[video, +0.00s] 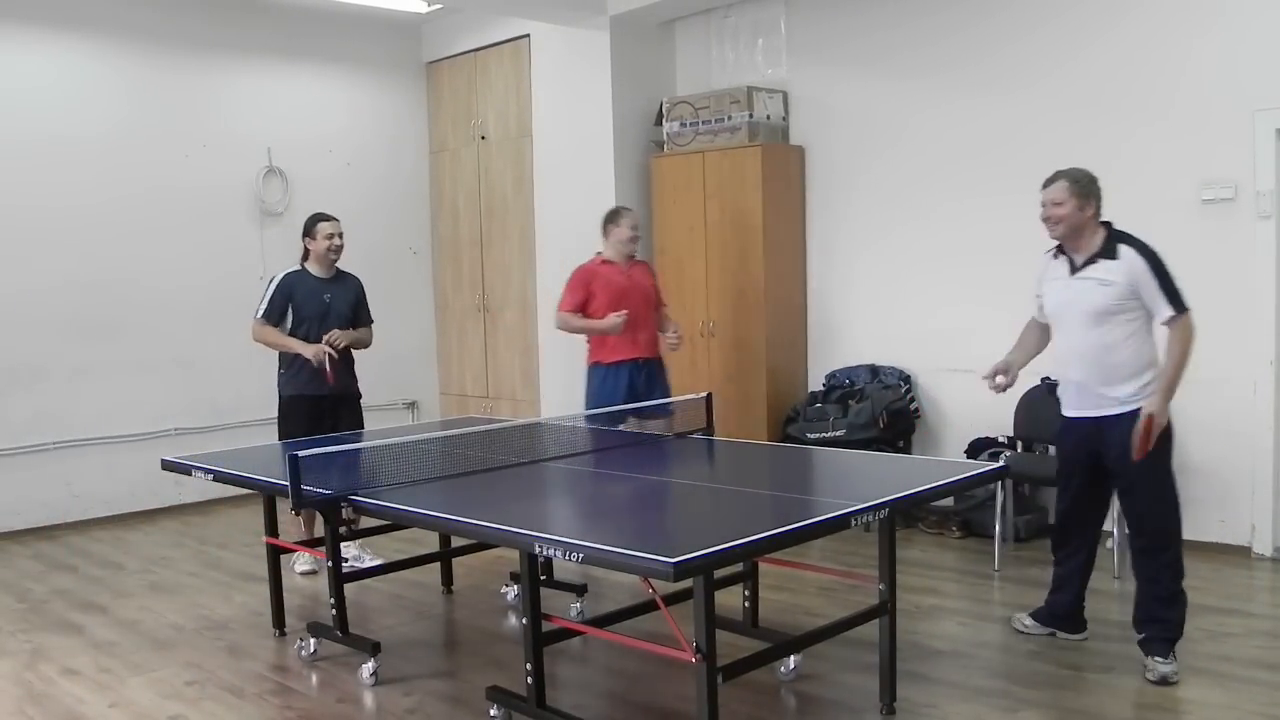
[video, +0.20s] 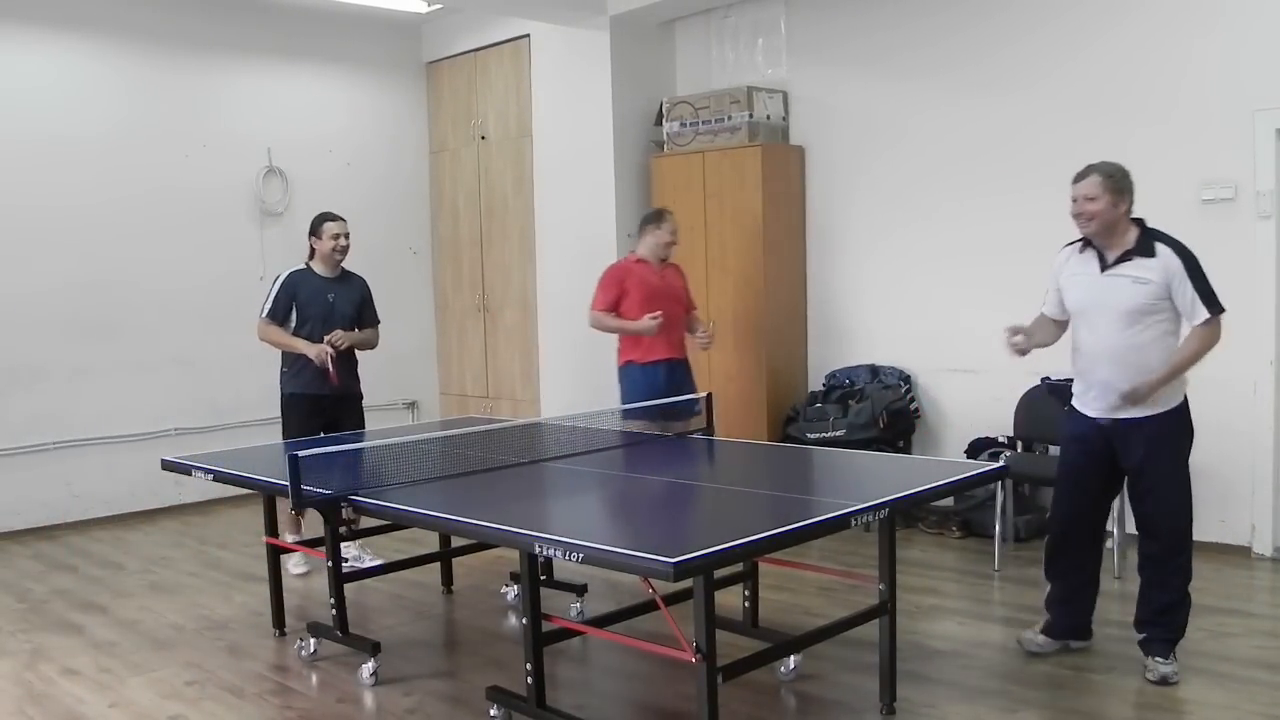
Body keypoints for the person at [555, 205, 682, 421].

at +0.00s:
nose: (637, 235)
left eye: (638, 229)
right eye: (632, 228)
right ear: (609, 231)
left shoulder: (644, 270)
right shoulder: (587, 273)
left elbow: (657, 310)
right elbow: (563, 319)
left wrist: (669, 329)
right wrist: (603, 326)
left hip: (650, 368)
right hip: (608, 372)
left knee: (659, 443)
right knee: (603, 445)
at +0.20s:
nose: (674, 240)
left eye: (675, 234)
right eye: (670, 233)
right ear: (650, 232)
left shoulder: (675, 272)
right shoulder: (620, 271)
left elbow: (688, 314)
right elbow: (596, 318)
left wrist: (700, 330)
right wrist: (638, 327)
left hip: (677, 366)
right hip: (640, 369)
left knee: (680, 444)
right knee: (642, 444)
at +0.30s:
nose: (689, 238)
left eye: (690, 232)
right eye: (685, 230)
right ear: (665, 229)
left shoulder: (686, 269)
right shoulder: (634, 268)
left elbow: (696, 310)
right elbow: (609, 312)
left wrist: (711, 327)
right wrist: (653, 324)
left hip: (685, 364)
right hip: (650, 365)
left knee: (684, 440)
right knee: (658, 440)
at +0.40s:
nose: (701, 238)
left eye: (701, 232)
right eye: (697, 231)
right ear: (678, 229)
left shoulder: (695, 269)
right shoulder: (647, 268)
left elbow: (703, 311)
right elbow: (622, 311)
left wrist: (726, 328)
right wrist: (668, 324)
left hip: (693, 365)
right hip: (661, 367)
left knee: (688, 440)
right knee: (672, 442)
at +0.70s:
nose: (734, 242)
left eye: (735, 236)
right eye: (733, 235)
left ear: (717, 234)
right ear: (721, 234)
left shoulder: (712, 266)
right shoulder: (695, 267)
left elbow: (714, 316)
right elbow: (688, 318)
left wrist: (743, 333)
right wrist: (740, 334)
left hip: (720, 368)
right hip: (703, 370)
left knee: (736, 438)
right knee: (714, 444)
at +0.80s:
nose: (746, 239)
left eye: (747, 232)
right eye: (745, 232)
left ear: (725, 230)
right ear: (732, 231)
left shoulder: (720, 264)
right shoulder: (710, 265)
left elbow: (723, 315)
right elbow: (716, 318)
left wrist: (753, 331)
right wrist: (757, 330)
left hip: (730, 369)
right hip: (714, 370)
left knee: (756, 439)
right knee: (718, 449)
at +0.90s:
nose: (761, 236)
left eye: (760, 229)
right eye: (758, 228)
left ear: (740, 229)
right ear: (742, 229)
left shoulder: (733, 262)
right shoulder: (726, 263)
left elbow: (737, 312)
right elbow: (739, 316)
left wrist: (763, 330)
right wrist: (778, 325)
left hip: (740, 368)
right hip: (724, 370)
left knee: (762, 435)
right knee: (724, 444)